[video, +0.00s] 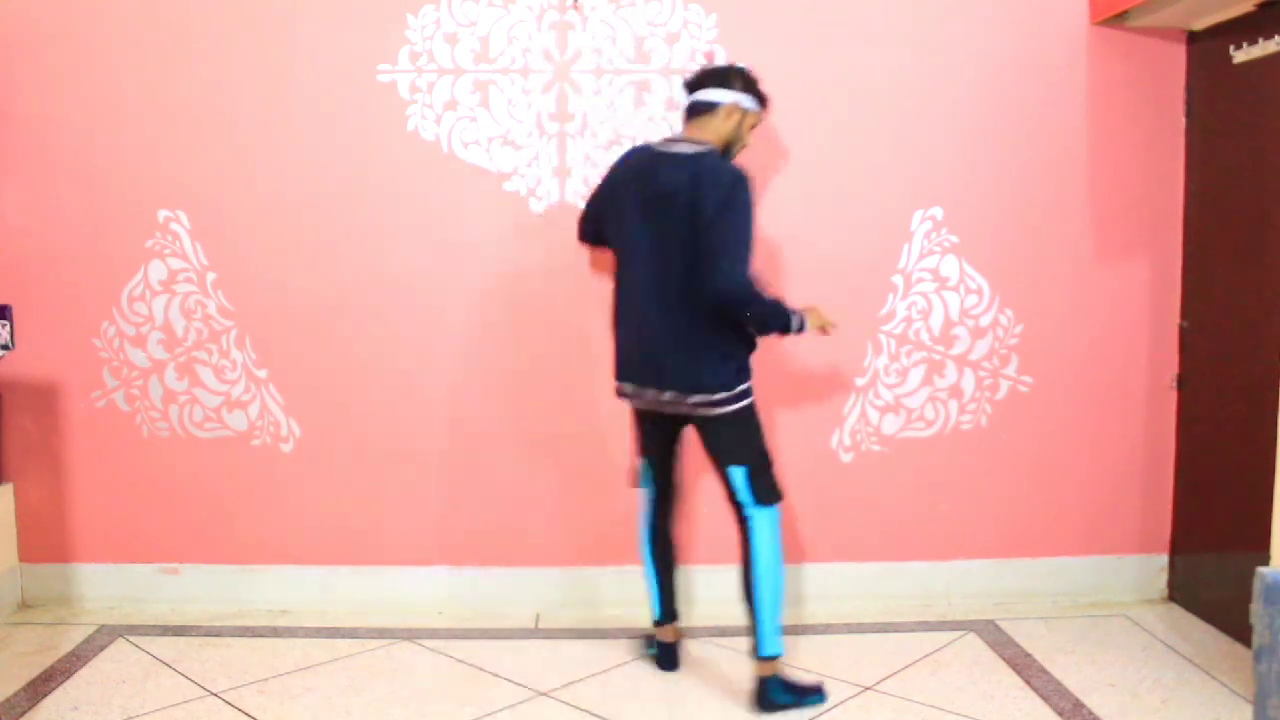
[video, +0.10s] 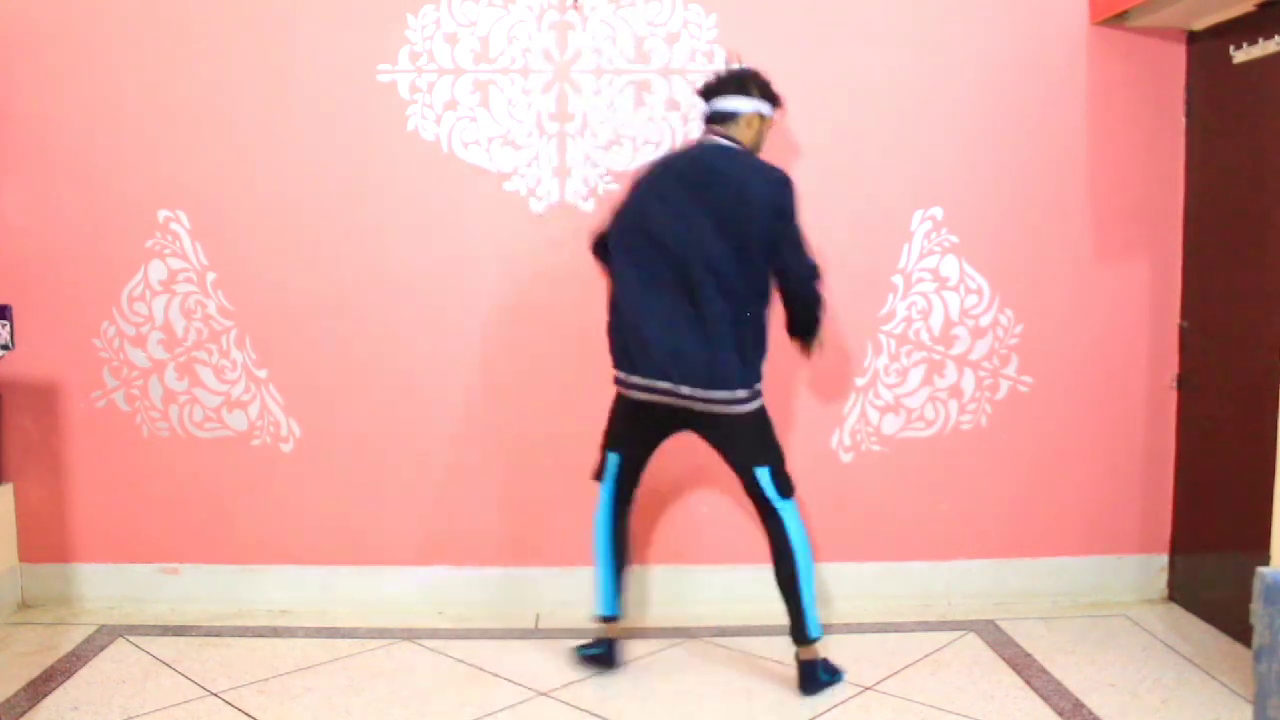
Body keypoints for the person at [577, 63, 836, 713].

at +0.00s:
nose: (749, 136)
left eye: (752, 124)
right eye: (750, 123)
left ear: (692, 110)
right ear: (731, 115)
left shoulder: (634, 164)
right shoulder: (723, 181)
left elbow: (594, 227)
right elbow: (725, 287)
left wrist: (657, 239)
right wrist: (793, 319)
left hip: (644, 377)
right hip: (713, 381)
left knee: (655, 495)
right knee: (759, 508)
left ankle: (665, 638)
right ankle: (769, 675)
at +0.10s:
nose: (768, 133)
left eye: (768, 123)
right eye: (767, 123)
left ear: (710, 119)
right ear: (752, 121)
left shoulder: (660, 173)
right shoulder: (765, 183)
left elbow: (609, 244)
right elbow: (796, 270)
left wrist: (653, 295)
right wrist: (805, 325)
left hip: (644, 384)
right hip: (728, 391)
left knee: (614, 489)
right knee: (779, 508)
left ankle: (606, 636)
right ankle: (810, 657)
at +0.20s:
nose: (771, 160)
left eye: (769, 149)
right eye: (770, 149)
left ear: (713, 153)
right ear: (758, 152)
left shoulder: (669, 215)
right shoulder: (778, 217)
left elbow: (643, 316)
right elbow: (788, 322)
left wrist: (666, 373)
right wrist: (795, 377)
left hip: (658, 407)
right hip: (742, 412)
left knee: (607, 511)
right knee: (797, 515)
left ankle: (563, 650)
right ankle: (812, 661)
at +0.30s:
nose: (755, 169)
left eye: (753, 159)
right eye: (753, 159)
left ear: (693, 161)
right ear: (738, 158)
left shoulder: (651, 231)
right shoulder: (762, 217)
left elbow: (643, 338)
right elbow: (790, 317)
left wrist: (675, 401)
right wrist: (801, 356)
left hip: (697, 419)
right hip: (778, 411)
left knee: (649, 532)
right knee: (829, 513)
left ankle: (574, 654)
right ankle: (819, 661)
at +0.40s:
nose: (751, 156)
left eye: (750, 147)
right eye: (749, 146)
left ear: (688, 148)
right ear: (737, 146)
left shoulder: (642, 216)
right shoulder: (756, 203)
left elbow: (638, 328)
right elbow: (800, 303)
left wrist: (672, 382)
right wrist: (831, 367)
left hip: (699, 408)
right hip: (780, 403)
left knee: (647, 520)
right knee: (829, 510)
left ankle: (584, 655)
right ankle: (817, 661)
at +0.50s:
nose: (769, 148)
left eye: (766, 139)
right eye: (768, 139)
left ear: (706, 139)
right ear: (757, 139)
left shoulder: (656, 197)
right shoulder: (779, 196)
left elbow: (624, 310)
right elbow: (791, 303)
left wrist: (660, 358)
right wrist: (821, 371)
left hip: (664, 389)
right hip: (745, 395)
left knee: (613, 504)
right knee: (792, 513)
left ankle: (582, 653)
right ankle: (812, 661)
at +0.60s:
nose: (779, 142)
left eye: (776, 132)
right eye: (778, 133)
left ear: (717, 133)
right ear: (770, 135)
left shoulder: (666, 186)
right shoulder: (792, 202)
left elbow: (608, 278)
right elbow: (809, 314)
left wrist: (634, 338)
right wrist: (784, 358)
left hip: (634, 384)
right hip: (719, 395)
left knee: (586, 494)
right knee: (767, 513)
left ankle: (576, 646)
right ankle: (802, 657)